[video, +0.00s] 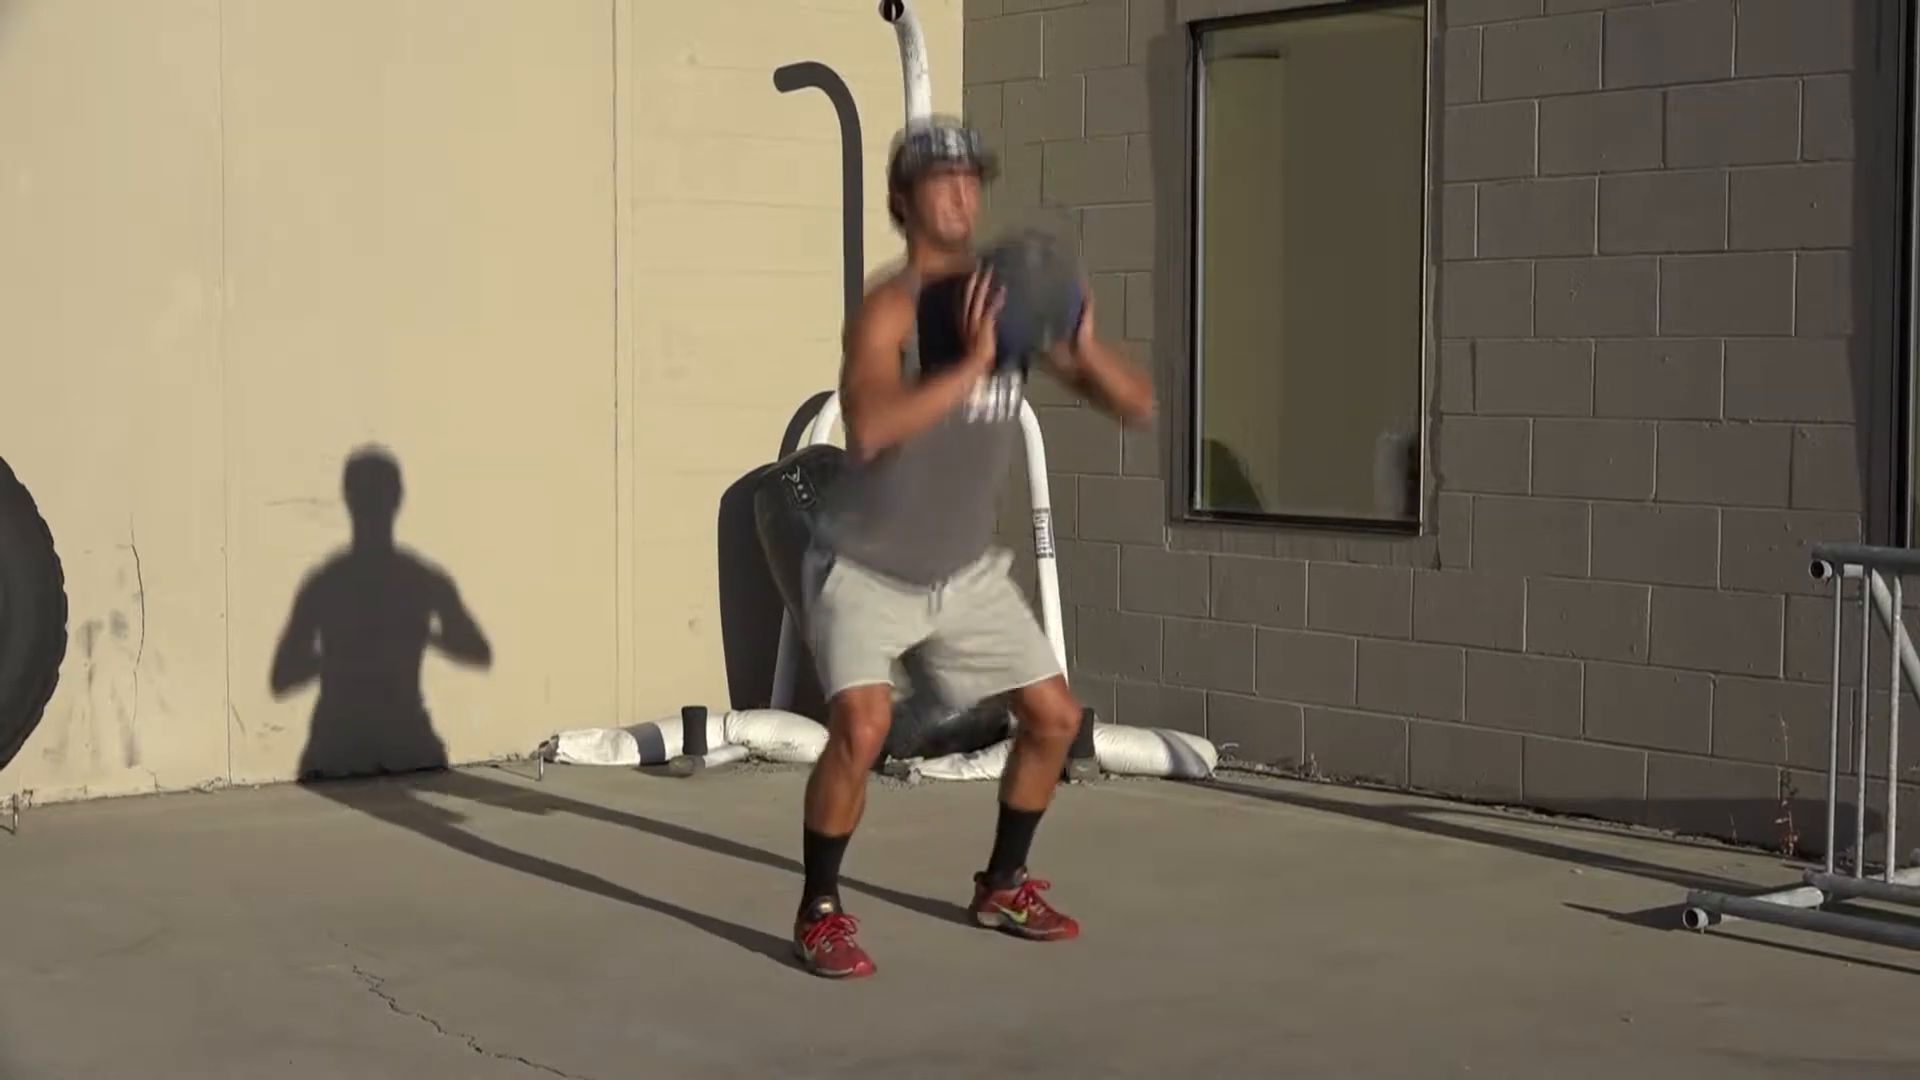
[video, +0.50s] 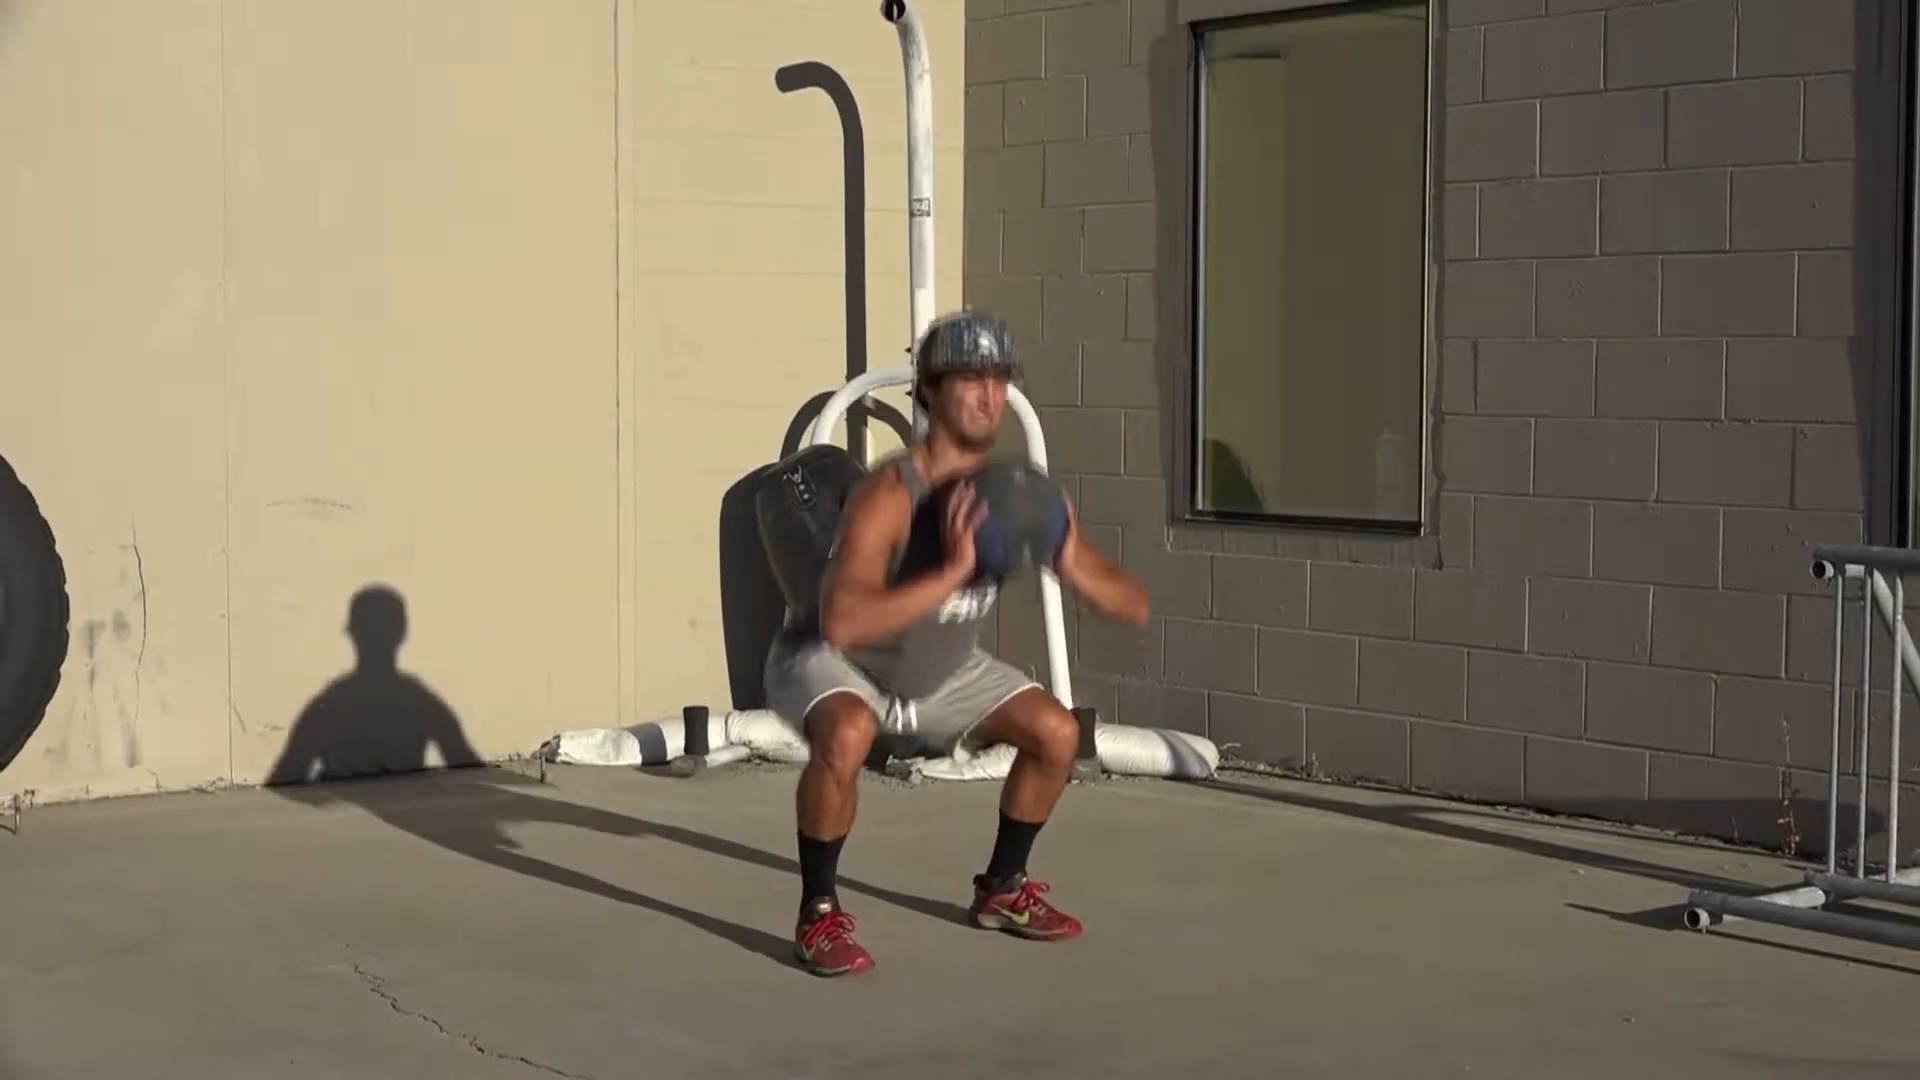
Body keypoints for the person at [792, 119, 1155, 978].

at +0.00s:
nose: (954, 195)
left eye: (965, 180)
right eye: (936, 181)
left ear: (982, 194)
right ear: (901, 199)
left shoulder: (1012, 291)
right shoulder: (888, 306)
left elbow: (1136, 405)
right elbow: (869, 429)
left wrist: (1080, 352)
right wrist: (977, 360)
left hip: (972, 571)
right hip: (868, 570)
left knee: (1055, 716)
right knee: (861, 728)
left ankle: (1003, 884)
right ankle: (819, 910)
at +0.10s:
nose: (976, 297)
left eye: (985, 282)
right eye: (958, 282)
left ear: (996, 293)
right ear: (920, 295)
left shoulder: (1017, 388)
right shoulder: (891, 402)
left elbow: (1144, 509)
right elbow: (863, 540)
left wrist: (1070, 450)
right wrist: (967, 466)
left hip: (954, 619)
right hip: (853, 614)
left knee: (1062, 726)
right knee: (860, 733)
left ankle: (1002, 887)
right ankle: (820, 913)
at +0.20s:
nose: (985, 386)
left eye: (995, 370)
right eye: (967, 371)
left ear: (1009, 382)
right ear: (930, 385)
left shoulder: (1019, 483)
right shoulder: (895, 487)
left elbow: (1136, 599)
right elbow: (856, 629)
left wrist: (1078, 555)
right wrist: (963, 570)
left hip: (931, 653)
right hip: (830, 656)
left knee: (1058, 727)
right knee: (856, 737)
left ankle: (1002, 887)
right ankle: (820, 913)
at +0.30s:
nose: (992, 439)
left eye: (1001, 423)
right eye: (974, 422)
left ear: (1011, 435)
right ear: (933, 435)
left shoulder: (1019, 539)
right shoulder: (891, 536)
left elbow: (1136, 654)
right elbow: (850, 674)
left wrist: (1082, 616)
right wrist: (962, 624)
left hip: (935, 689)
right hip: (828, 691)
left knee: (1063, 727)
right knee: (838, 736)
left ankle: (1002, 888)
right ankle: (818, 914)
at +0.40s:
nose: (989, 438)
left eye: (999, 422)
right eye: (971, 421)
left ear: (1010, 434)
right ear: (931, 433)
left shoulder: (1018, 537)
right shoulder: (888, 534)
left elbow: (1136, 652)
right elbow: (845, 669)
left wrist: (1076, 612)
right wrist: (958, 620)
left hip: (936, 686)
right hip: (832, 689)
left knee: (1061, 729)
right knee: (835, 736)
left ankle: (1002, 888)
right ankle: (819, 914)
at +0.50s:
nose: (985, 397)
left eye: (996, 380)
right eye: (967, 380)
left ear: (1009, 392)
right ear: (929, 393)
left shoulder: (1017, 491)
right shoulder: (888, 492)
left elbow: (1134, 605)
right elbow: (843, 623)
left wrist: (1062, 554)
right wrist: (955, 572)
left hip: (934, 658)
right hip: (833, 657)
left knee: (1055, 731)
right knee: (847, 733)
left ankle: (1003, 887)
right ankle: (819, 913)